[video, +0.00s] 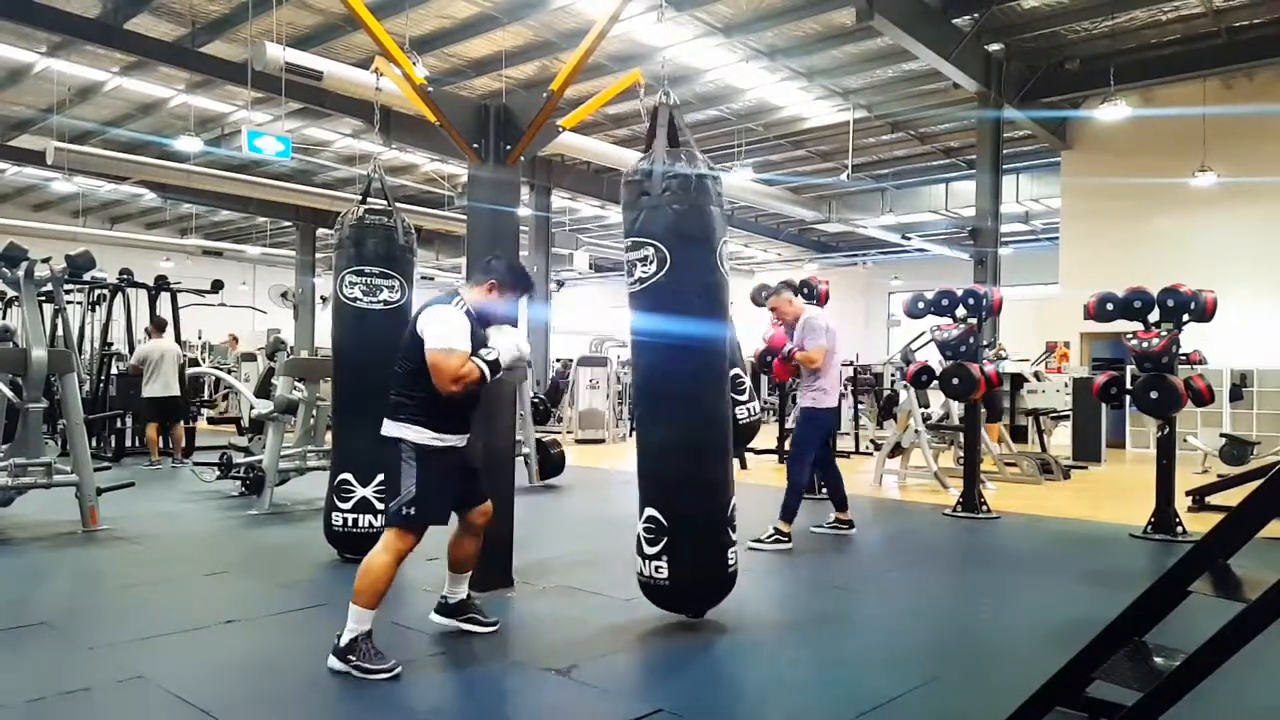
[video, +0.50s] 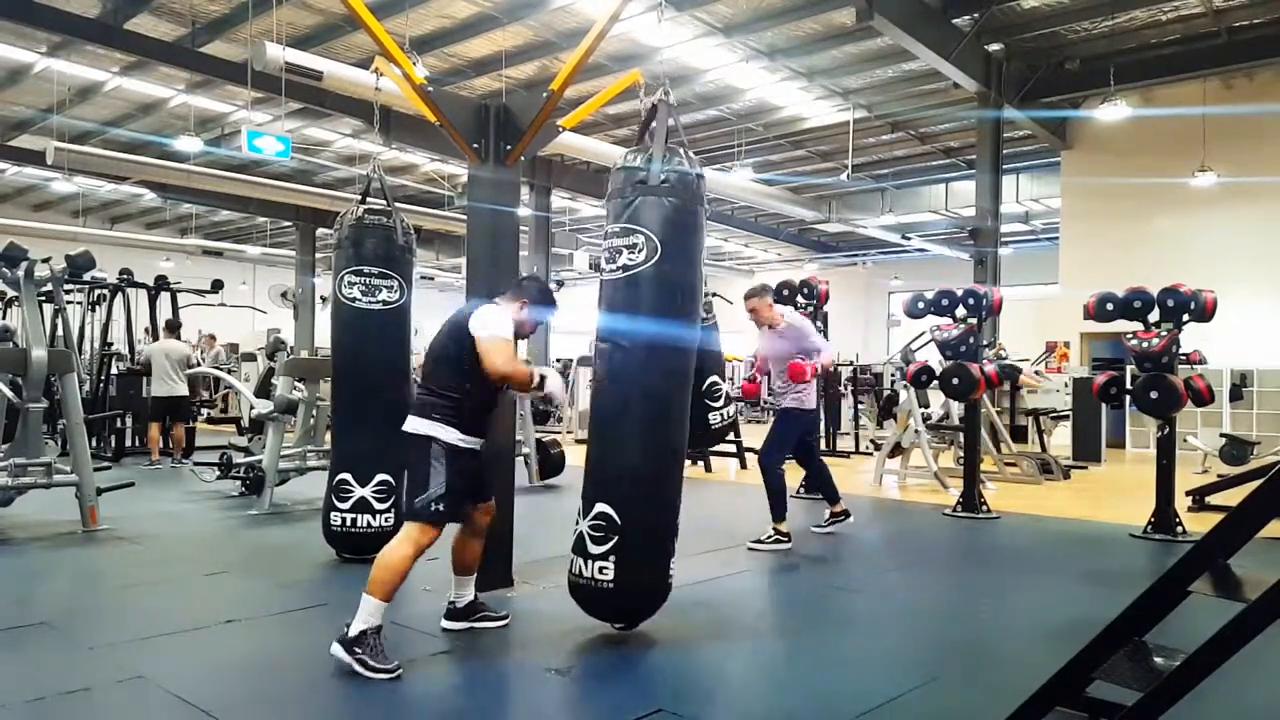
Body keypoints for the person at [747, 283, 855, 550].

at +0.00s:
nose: (777, 318)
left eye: (777, 311)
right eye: (773, 312)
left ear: (793, 301)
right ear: (790, 304)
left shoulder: (813, 321)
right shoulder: (802, 325)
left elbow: (814, 360)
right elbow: (805, 364)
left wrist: (787, 349)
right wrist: (787, 367)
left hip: (816, 406)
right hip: (819, 405)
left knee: (797, 463)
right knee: (825, 462)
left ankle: (783, 529)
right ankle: (843, 517)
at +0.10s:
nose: (772, 314)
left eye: (772, 307)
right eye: (769, 310)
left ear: (786, 298)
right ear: (782, 302)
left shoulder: (810, 319)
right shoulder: (797, 322)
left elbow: (809, 361)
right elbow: (798, 358)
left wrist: (783, 350)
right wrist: (781, 361)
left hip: (814, 404)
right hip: (808, 403)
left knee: (795, 462)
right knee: (811, 458)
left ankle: (782, 529)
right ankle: (839, 510)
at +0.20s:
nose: (776, 315)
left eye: (778, 308)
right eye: (773, 311)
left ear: (792, 298)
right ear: (774, 309)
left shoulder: (818, 321)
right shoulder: (786, 326)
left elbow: (814, 362)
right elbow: (759, 358)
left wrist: (783, 346)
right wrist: (769, 339)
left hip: (813, 402)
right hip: (795, 402)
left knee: (796, 460)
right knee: (806, 458)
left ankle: (782, 529)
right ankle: (835, 508)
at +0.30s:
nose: (774, 320)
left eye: (777, 314)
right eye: (771, 315)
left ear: (791, 304)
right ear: (770, 311)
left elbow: (829, 368)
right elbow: (747, 346)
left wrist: (797, 358)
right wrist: (759, 354)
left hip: (811, 404)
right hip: (788, 403)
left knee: (795, 461)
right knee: (803, 459)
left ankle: (782, 529)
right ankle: (832, 506)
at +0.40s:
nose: (765, 319)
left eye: (767, 313)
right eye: (761, 314)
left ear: (780, 304)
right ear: (759, 312)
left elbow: (833, 364)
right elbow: (748, 350)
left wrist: (810, 372)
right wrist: (733, 355)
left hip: (806, 405)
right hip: (785, 405)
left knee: (785, 461)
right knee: (806, 461)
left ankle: (781, 528)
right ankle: (835, 507)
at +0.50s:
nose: (751, 318)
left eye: (754, 312)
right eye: (749, 313)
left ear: (770, 306)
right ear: (759, 310)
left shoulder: (798, 325)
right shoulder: (765, 330)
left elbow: (828, 353)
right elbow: (765, 362)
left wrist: (813, 367)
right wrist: (758, 371)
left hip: (800, 405)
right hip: (790, 404)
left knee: (769, 459)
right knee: (808, 459)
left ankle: (780, 529)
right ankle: (838, 508)